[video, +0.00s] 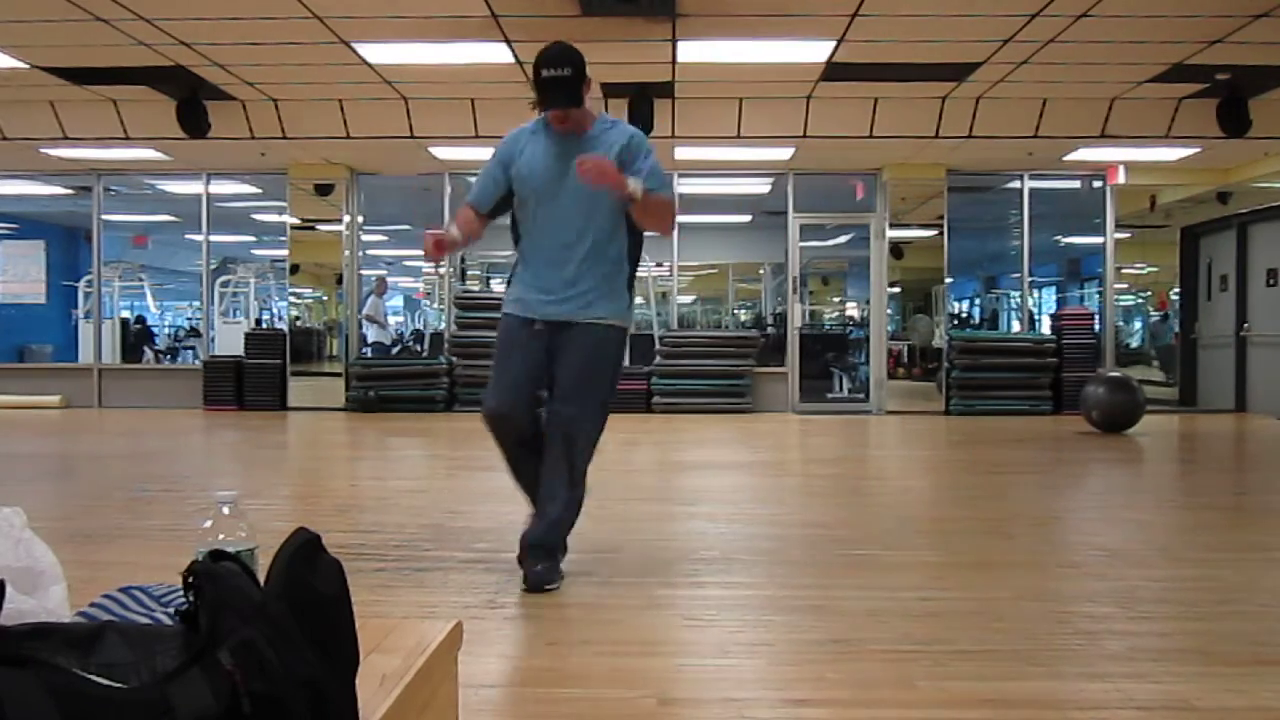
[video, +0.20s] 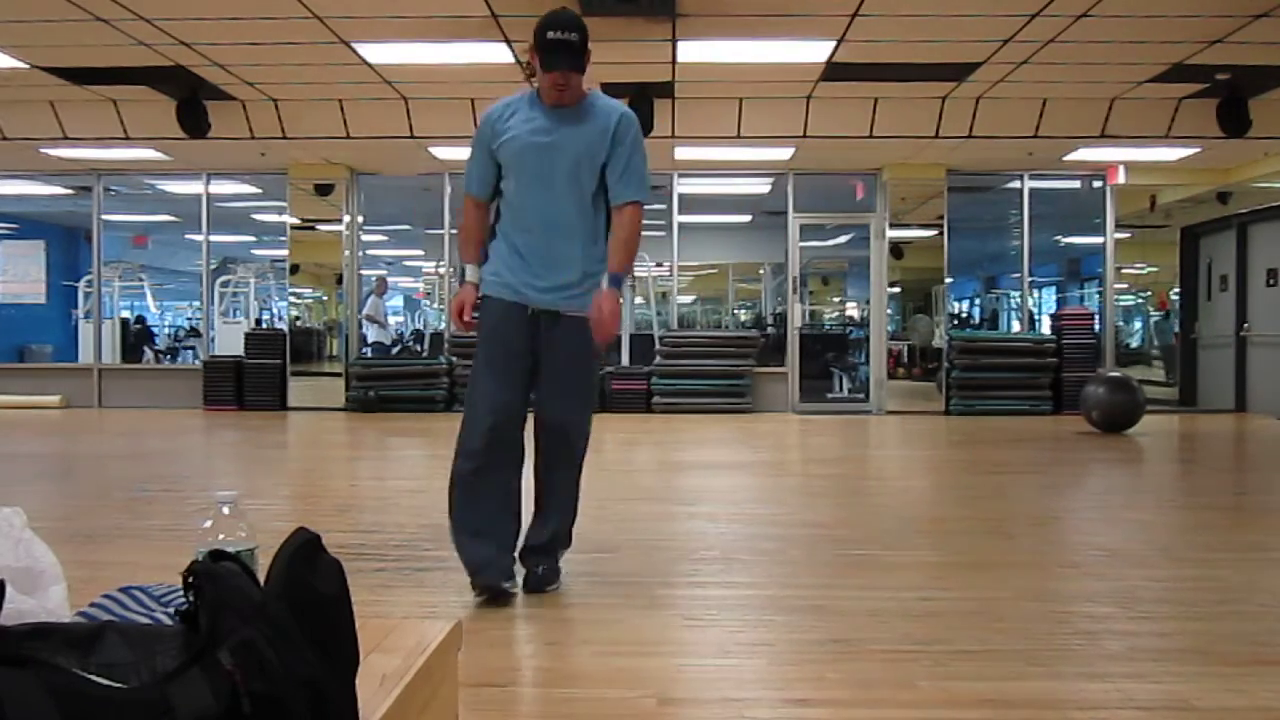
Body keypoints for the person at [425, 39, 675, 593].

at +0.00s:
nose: (559, 118)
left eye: (568, 108)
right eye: (549, 109)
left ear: (588, 91)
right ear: (537, 98)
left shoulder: (625, 141)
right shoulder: (519, 143)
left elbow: (665, 218)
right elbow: (477, 211)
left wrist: (623, 187)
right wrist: (453, 236)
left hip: (597, 308)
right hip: (528, 303)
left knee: (570, 426)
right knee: (503, 408)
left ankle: (544, 553)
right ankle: (552, 503)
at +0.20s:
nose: (562, 81)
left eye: (572, 70)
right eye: (553, 69)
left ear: (588, 64)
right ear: (533, 61)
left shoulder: (616, 121)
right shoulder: (500, 119)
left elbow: (629, 210)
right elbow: (476, 202)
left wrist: (612, 289)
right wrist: (469, 278)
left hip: (579, 298)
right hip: (506, 292)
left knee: (564, 430)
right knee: (489, 426)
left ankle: (545, 555)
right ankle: (488, 566)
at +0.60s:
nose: (599, 47)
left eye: (608, 36)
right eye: (589, 33)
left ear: (618, 38)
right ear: (560, 27)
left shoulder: (634, 118)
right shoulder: (507, 96)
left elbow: (652, 213)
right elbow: (458, 176)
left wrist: (690, 258)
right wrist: (452, 255)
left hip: (603, 301)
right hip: (519, 296)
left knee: (592, 444)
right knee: (509, 431)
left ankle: (573, 585)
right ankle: (492, 566)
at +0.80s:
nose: (636, 39)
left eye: (646, 28)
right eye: (628, 24)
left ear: (656, 26)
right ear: (594, 10)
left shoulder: (667, 95)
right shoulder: (537, 74)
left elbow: (717, 180)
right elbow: (475, 156)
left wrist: (759, 166)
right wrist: (499, 176)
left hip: (634, 288)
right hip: (559, 274)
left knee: (621, 439)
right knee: (575, 414)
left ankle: (581, 579)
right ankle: (538, 557)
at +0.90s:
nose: (652, 26)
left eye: (662, 17)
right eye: (644, 12)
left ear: (668, 18)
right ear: (611, 2)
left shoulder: (682, 83)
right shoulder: (551, 56)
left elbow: (729, 163)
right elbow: (487, 141)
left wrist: (772, 169)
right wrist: (524, 161)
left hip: (651, 275)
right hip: (571, 264)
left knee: (664, 415)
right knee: (599, 406)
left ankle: (606, 572)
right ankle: (592, 578)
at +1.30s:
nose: (746, 29)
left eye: (752, 20)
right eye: (744, 13)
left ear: (719, 13)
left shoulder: (713, 76)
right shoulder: (616, 46)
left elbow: (711, 150)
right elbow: (529, 123)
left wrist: (761, 180)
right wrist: (632, 166)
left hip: (690, 288)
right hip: (615, 287)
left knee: (723, 421)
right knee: (627, 450)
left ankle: (628, 545)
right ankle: (646, 620)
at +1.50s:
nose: (752, 45)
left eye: (756, 34)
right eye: (751, 28)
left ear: (714, 18)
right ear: (717, 13)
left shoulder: (694, 99)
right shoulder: (648, 74)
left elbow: (721, 191)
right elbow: (602, 178)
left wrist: (801, 192)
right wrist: (717, 220)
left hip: (684, 310)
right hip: (664, 312)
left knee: (685, 449)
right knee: (723, 449)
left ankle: (638, 584)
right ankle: (667, 629)